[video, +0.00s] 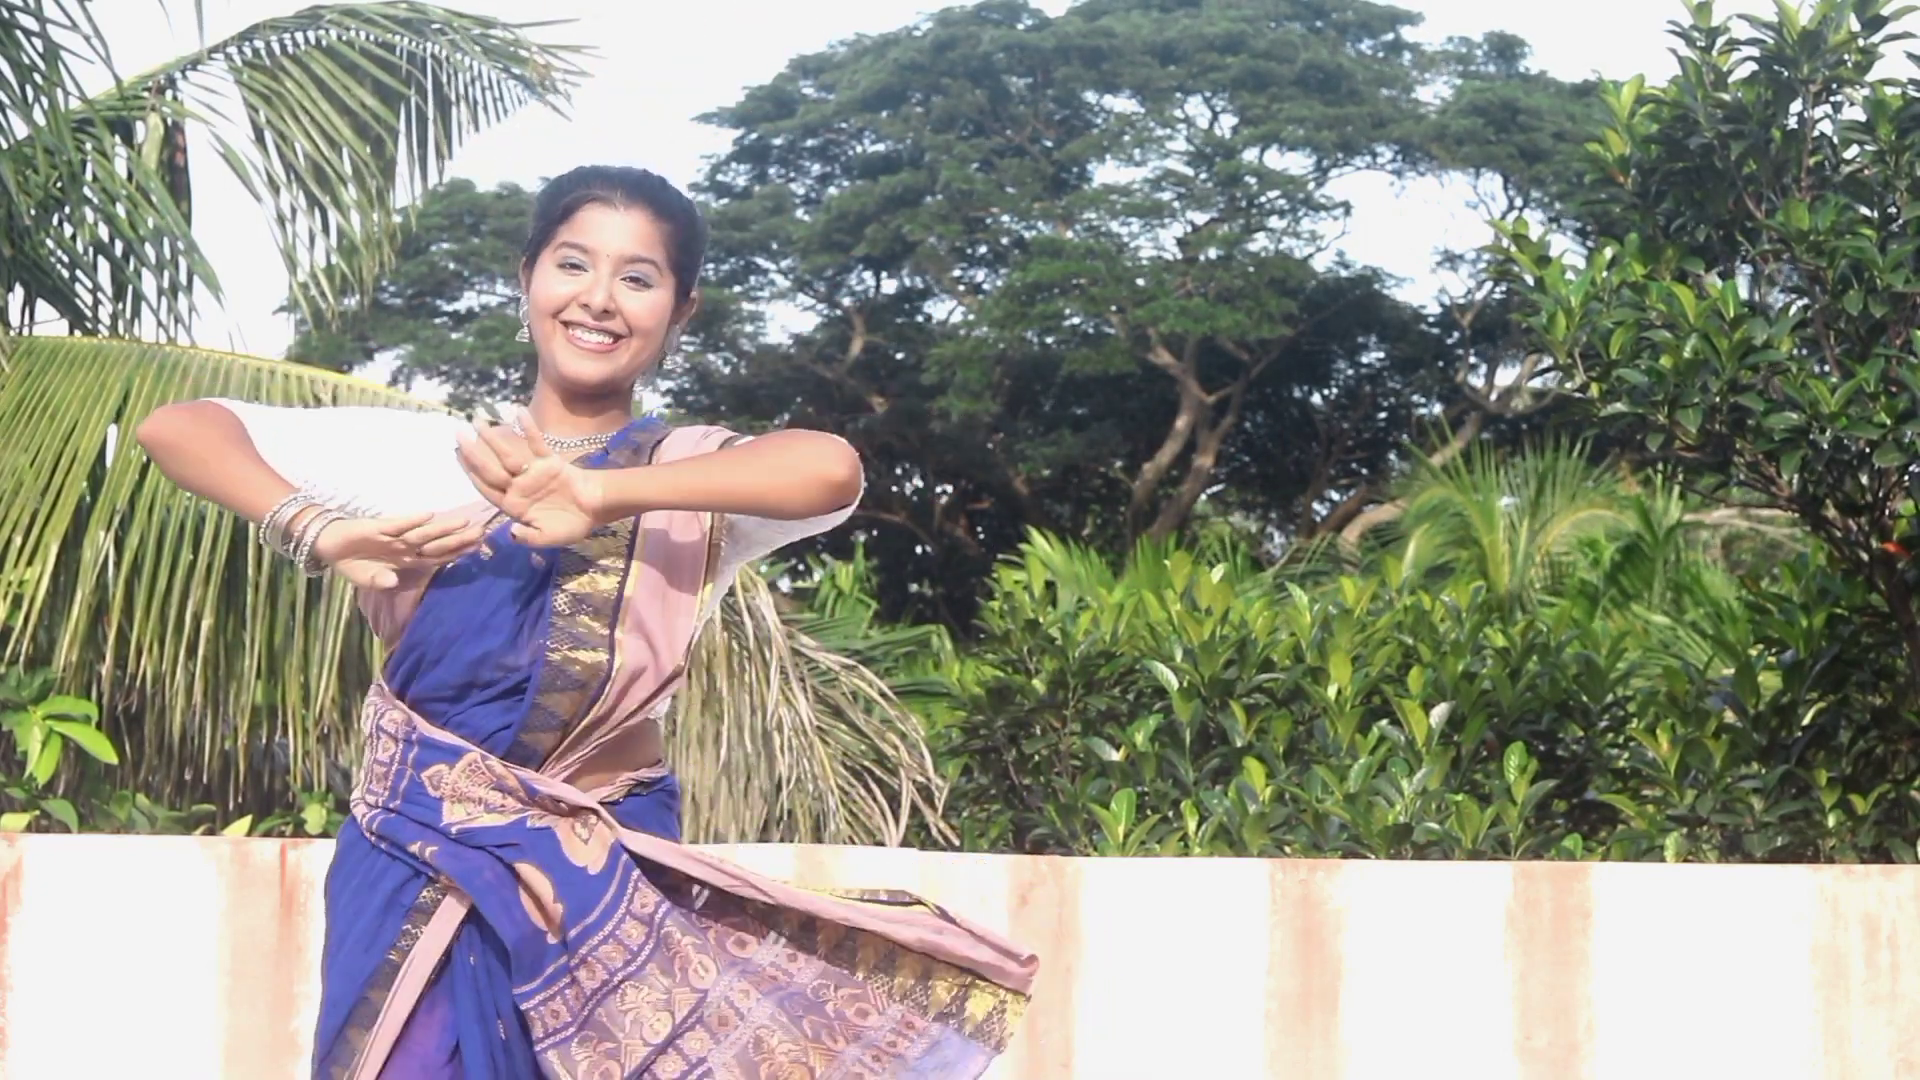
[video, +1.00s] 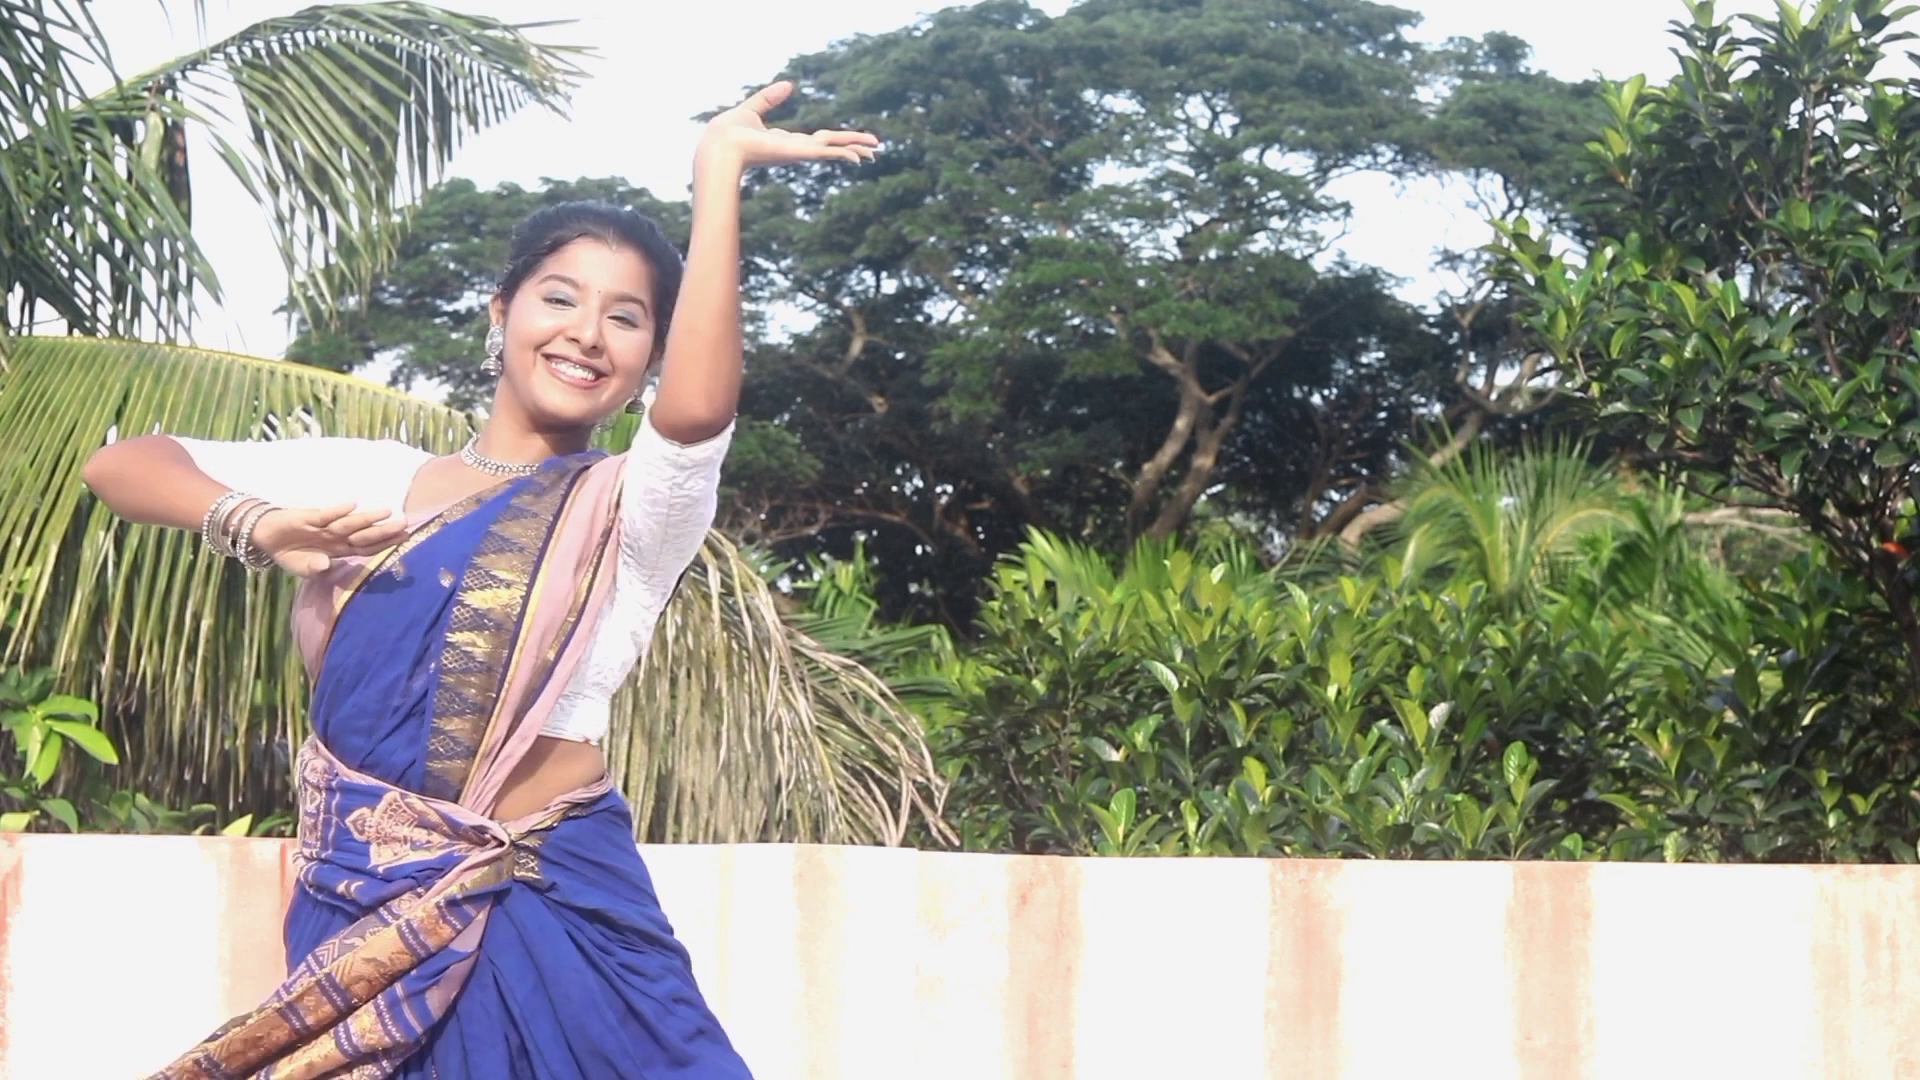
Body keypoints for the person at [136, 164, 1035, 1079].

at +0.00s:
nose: (598, 297)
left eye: (637, 278)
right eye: (573, 264)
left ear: (676, 319)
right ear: (527, 287)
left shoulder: (692, 471)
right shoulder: (430, 450)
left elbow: (838, 471)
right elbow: (173, 427)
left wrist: (606, 491)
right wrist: (315, 529)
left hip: (613, 862)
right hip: (421, 856)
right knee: (407, 1062)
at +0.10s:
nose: (603, 317)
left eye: (645, 304)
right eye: (582, 281)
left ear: (678, 352)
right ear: (534, 298)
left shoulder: (667, 485)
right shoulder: (433, 462)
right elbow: (177, 458)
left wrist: (469, 496)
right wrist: (265, 547)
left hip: (566, 873)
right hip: (383, 864)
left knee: (662, 1060)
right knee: (362, 1060)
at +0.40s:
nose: (609, 356)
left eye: (654, 350)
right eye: (598, 315)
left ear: (683, 403)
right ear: (548, 318)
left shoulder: (607, 514)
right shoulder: (450, 503)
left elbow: (500, 533)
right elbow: (204, 483)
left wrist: (311, 392)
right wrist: (241, 550)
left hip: (514, 889)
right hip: (355, 889)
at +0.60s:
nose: (607, 363)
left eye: (651, 363)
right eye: (598, 320)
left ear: (669, 418)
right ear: (548, 318)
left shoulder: (599, 519)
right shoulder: (409, 481)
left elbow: (489, 468)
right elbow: (198, 476)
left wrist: (412, 243)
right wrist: (228, 541)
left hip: (511, 903)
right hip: (345, 905)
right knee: (229, 1062)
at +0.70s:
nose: (605, 360)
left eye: (647, 358)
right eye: (593, 317)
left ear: (669, 409)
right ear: (546, 313)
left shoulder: (605, 517)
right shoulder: (399, 476)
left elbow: (520, 413)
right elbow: (174, 474)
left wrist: (535, 159)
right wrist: (230, 539)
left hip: (515, 892)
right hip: (340, 903)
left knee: (620, 1064)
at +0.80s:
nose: (595, 356)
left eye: (643, 348)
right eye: (586, 313)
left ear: (668, 406)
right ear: (545, 316)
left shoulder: (605, 520)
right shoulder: (400, 479)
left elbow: (549, 390)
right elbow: (156, 471)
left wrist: (598, 148)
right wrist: (238, 536)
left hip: (515, 900)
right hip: (336, 909)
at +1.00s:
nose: (590, 334)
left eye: (625, 315)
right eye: (561, 298)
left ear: (650, 355)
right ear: (502, 315)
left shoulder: (631, 509)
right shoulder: (378, 477)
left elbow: (695, 410)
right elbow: (116, 465)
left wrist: (720, 162)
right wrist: (253, 523)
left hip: (552, 895)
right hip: (357, 905)